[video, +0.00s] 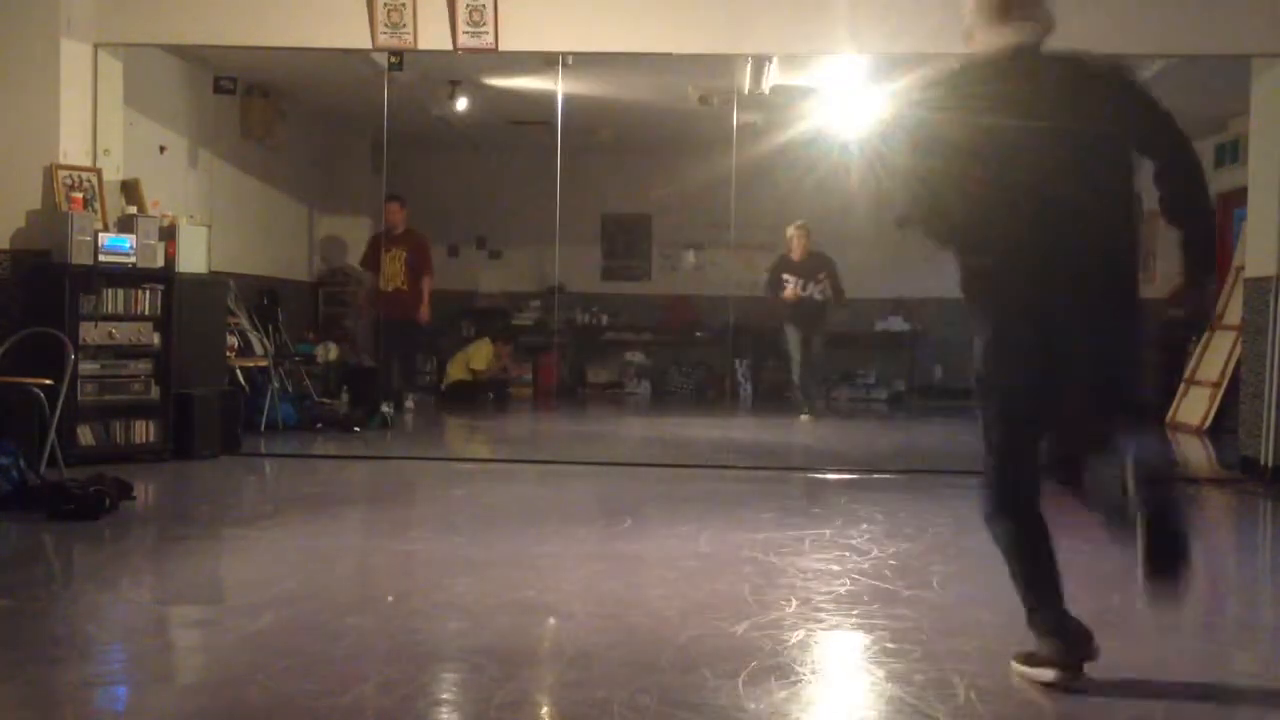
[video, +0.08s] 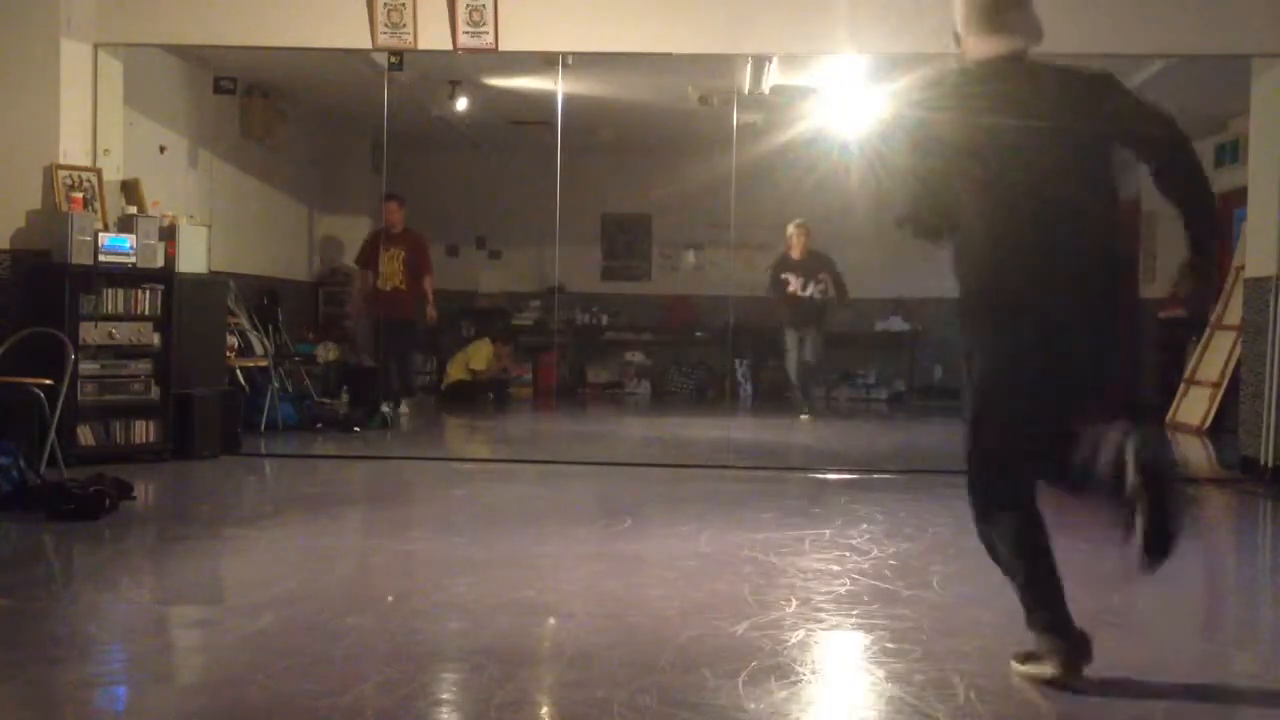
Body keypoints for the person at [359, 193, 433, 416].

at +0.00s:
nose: (389, 216)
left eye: (393, 212)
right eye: (387, 212)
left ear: (403, 213)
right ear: (383, 214)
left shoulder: (417, 240)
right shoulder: (378, 240)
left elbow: (425, 275)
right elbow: (371, 274)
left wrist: (425, 305)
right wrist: (367, 301)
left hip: (409, 309)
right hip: (384, 309)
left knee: (408, 355)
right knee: (384, 356)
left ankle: (408, 396)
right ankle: (386, 400)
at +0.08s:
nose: (389, 216)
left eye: (393, 211)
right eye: (386, 211)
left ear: (402, 212)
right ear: (382, 213)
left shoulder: (415, 239)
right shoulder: (376, 239)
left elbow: (426, 274)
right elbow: (365, 272)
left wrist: (430, 303)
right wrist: (362, 299)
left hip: (407, 309)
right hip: (381, 308)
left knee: (405, 355)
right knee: (383, 355)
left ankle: (405, 399)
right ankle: (387, 400)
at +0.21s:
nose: (388, 215)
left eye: (392, 211)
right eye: (385, 211)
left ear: (401, 212)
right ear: (382, 212)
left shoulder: (413, 239)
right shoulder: (374, 238)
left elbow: (426, 274)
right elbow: (357, 267)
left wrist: (433, 304)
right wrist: (348, 294)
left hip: (402, 308)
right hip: (377, 307)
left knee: (396, 355)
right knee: (381, 355)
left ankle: (394, 402)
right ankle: (385, 401)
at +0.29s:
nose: (387, 215)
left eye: (391, 210)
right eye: (384, 210)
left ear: (400, 212)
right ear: (381, 212)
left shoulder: (411, 240)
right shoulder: (373, 238)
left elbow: (425, 276)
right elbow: (356, 267)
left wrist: (432, 305)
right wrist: (346, 290)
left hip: (402, 310)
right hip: (376, 309)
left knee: (395, 359)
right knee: (379, 357)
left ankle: (393, 407)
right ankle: (379, 406)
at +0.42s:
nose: (387, 215)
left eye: (391, 210)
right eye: (384, 210)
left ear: (400, 212)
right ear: (380, 211)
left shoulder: (410, 239)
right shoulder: (371, 237)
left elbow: (423, 276)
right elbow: (356, 267)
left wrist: (430, 306)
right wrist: (346, 290)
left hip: (400, 309)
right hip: (375, 308)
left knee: (393, 359)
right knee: (377, 357)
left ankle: (392, 407)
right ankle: (377, 407)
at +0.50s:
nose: (386, 214)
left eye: (390, 210)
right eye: (384, 210)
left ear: (400, 211)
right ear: (380, 211)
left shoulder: (410, 238)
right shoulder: (371, 236)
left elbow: (422, 275)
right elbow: (358, 266)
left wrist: (426, 305)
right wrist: (349, 289)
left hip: (399, 309)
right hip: (373, 308)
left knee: (393, 359)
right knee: (372, 357)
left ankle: (392, 407)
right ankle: (374, 406)